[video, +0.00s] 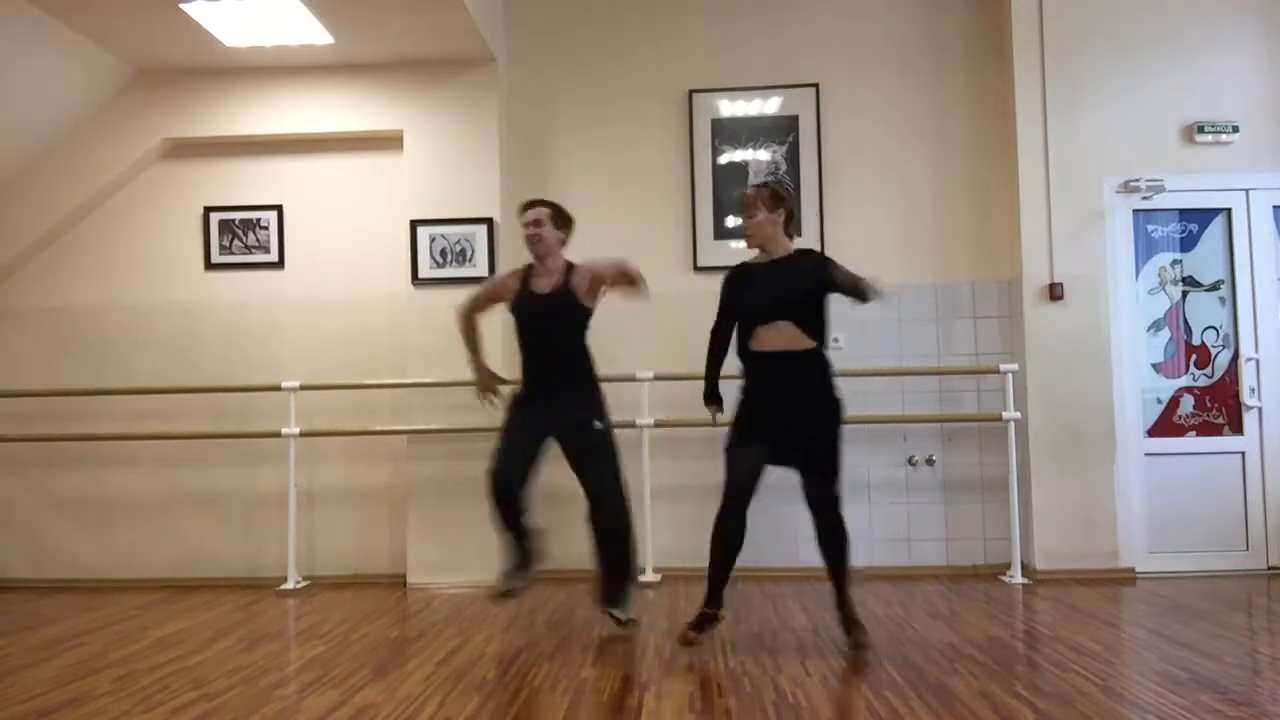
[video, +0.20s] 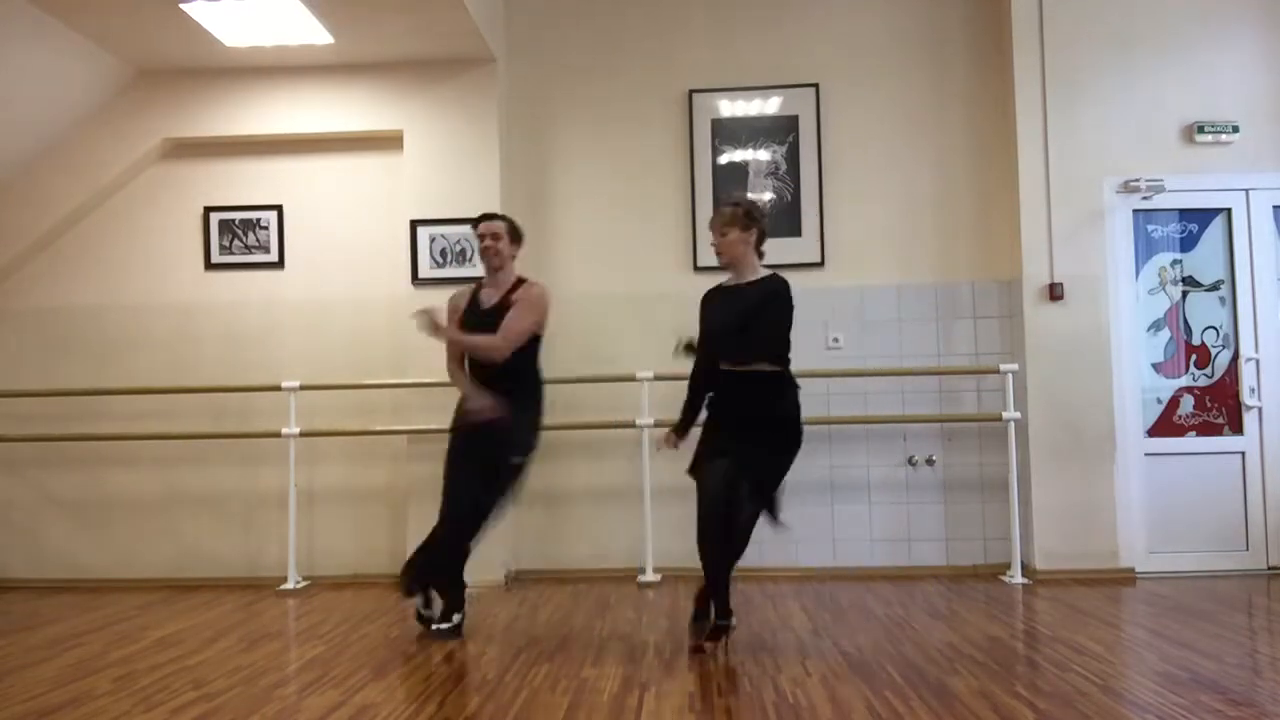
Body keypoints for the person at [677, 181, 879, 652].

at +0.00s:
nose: (744, 224)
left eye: (751, 214)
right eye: (743, 216)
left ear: (780, 216)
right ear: (757, 220)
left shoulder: (811, 263)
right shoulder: (740, 277)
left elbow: (851, 287)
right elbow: (721, 332)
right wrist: (711, 383)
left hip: (811, 393)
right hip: (760, 394)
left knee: (823, 502)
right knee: (734, 499)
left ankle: (845, 606)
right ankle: (711, 605)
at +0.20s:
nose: (716, 242)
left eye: (725, 233)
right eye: (714, 234)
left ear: (752, 235)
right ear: (715, 238)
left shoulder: (775, 288)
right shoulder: (713, 298)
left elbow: (768, 347)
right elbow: (704, 364)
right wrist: (684, 422)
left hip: (771, 410)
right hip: (725, 409)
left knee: (743, 507)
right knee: (712, 502)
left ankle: (707, 595)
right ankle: (721, 607)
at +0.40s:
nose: (726, 227)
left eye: (735, 219)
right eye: (720, 219)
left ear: (752, 226)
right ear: (711, 226)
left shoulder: (771, 279)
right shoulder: (700, 283)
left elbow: (783, 337)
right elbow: (677, 343)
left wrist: (738, 310)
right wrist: (710, 311)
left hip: (764, 399)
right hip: (715, 401)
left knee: (769, 487)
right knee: (694, 500)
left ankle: (770, 546)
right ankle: (706, 605)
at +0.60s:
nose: (733, 246)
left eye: (741, 240)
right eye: (726, 239)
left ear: (753, 249)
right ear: (715, 248)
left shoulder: (771, 308)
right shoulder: (698, 309)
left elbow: (791, 374)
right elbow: (679, 376)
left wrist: (835, 380)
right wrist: (641, 381)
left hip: (767, 423)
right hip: (713, 424)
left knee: (797, 520)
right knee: (683, 519)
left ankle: (829, 613)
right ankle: (673, 615)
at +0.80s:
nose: (736, 255)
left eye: (744, 248)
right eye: (728, 248)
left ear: (755, 258)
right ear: (717, 258)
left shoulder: (773, 317)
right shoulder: (699, 316)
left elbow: (792, 383)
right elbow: (684, 381)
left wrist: (829, 380)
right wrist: (656, 385)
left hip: (765, 428)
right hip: (712, 430)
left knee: (799, 523)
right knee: (683, 526)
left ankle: (829, 615)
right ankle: (675, 615)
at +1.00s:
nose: (737, 253)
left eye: (745, 247)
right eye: (729, 247)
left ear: (756, 258)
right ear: (717, 257)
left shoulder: (774, 315)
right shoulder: (700, 315)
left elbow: (789, 381)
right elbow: (689, 379)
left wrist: (828, 377)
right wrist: (658, 381)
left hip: (766, 428)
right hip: (714, 430)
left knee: (805, 521)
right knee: (683, 526)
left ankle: (830, 614)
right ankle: (676, 614)